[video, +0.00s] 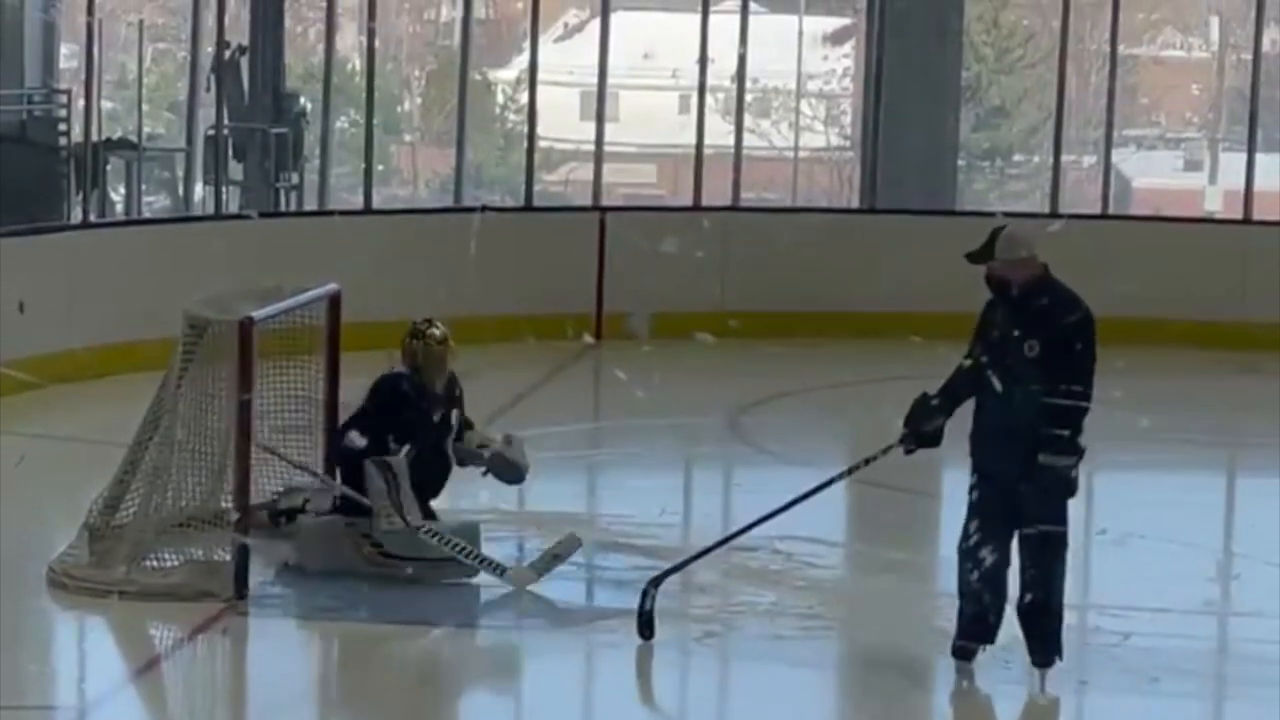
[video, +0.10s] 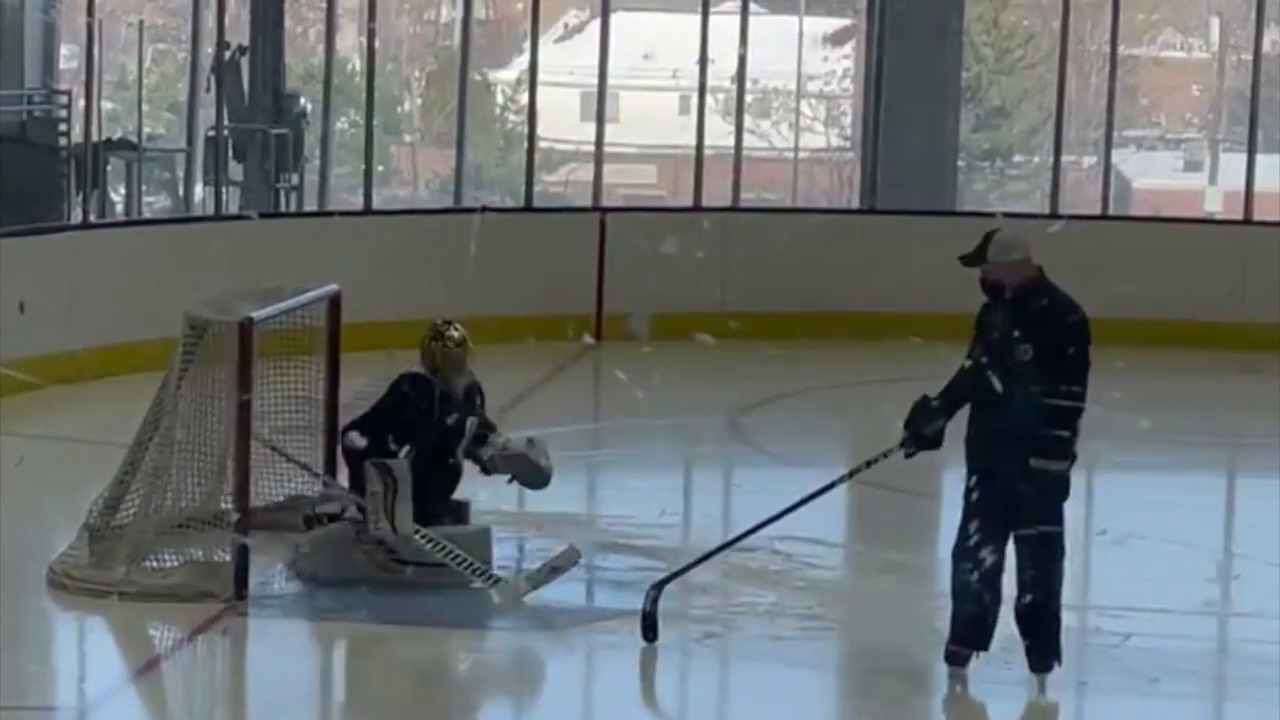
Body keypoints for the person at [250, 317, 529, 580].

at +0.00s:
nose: (439, 360)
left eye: (442, 351)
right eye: (431, 351)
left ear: (449, 353)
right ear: (413, 353)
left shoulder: (450, 386)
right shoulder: (393, 386)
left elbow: (456, 436)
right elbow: (353, 434)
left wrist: (479, 448)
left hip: (416, 492)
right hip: (372, 490)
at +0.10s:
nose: (452, 360)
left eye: (458, 351)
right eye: (444, 352)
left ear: (467, 354)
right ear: (429, 354)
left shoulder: (470, 390)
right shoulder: (410, 387)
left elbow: (476, 436)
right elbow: (359, 432)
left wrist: (500, 456)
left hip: (438, 496)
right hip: (393, 495)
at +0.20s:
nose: (479, 373)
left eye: (481, 365)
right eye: (471, 367)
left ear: (487, 360)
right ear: (453, 361)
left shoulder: (489, 395)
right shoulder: (425, 389)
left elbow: (494, 446)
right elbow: (371, 428)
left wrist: (517, 467)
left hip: (452, 510)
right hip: (409, 511)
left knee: (507, 524)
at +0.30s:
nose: (501, 361)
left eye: (503, 353)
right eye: (492, 353)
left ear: (508, 355)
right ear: (471, 356)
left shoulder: (507, 395)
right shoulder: (439, 387)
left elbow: (508, 448)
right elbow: (377, 424)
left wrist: (529, 472)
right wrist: (386, 479)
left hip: (463, 499)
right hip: (419, 497)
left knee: (491, 544)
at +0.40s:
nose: (512, 358)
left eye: (515, 350)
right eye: (503, 350)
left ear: (519, 352)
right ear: (483, 352)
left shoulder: (524, 393)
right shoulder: (449, 385)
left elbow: (526, 450)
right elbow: (385, 416)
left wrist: (550, 477)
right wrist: (387, 473)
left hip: (480, 494)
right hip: (431, 492)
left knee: (509, 570)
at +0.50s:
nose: (518, 364)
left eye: (522, 355)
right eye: (511, 355)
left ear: (528, 350)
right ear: (490, 350)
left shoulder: (532, 385)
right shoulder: (452, 378)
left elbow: (540, 442)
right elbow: (397, 411)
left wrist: (562, 466)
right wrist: (407, 456)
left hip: (493, 488)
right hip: (440, 481)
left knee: (507, 577)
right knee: (413, 544)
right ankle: (359, 585)